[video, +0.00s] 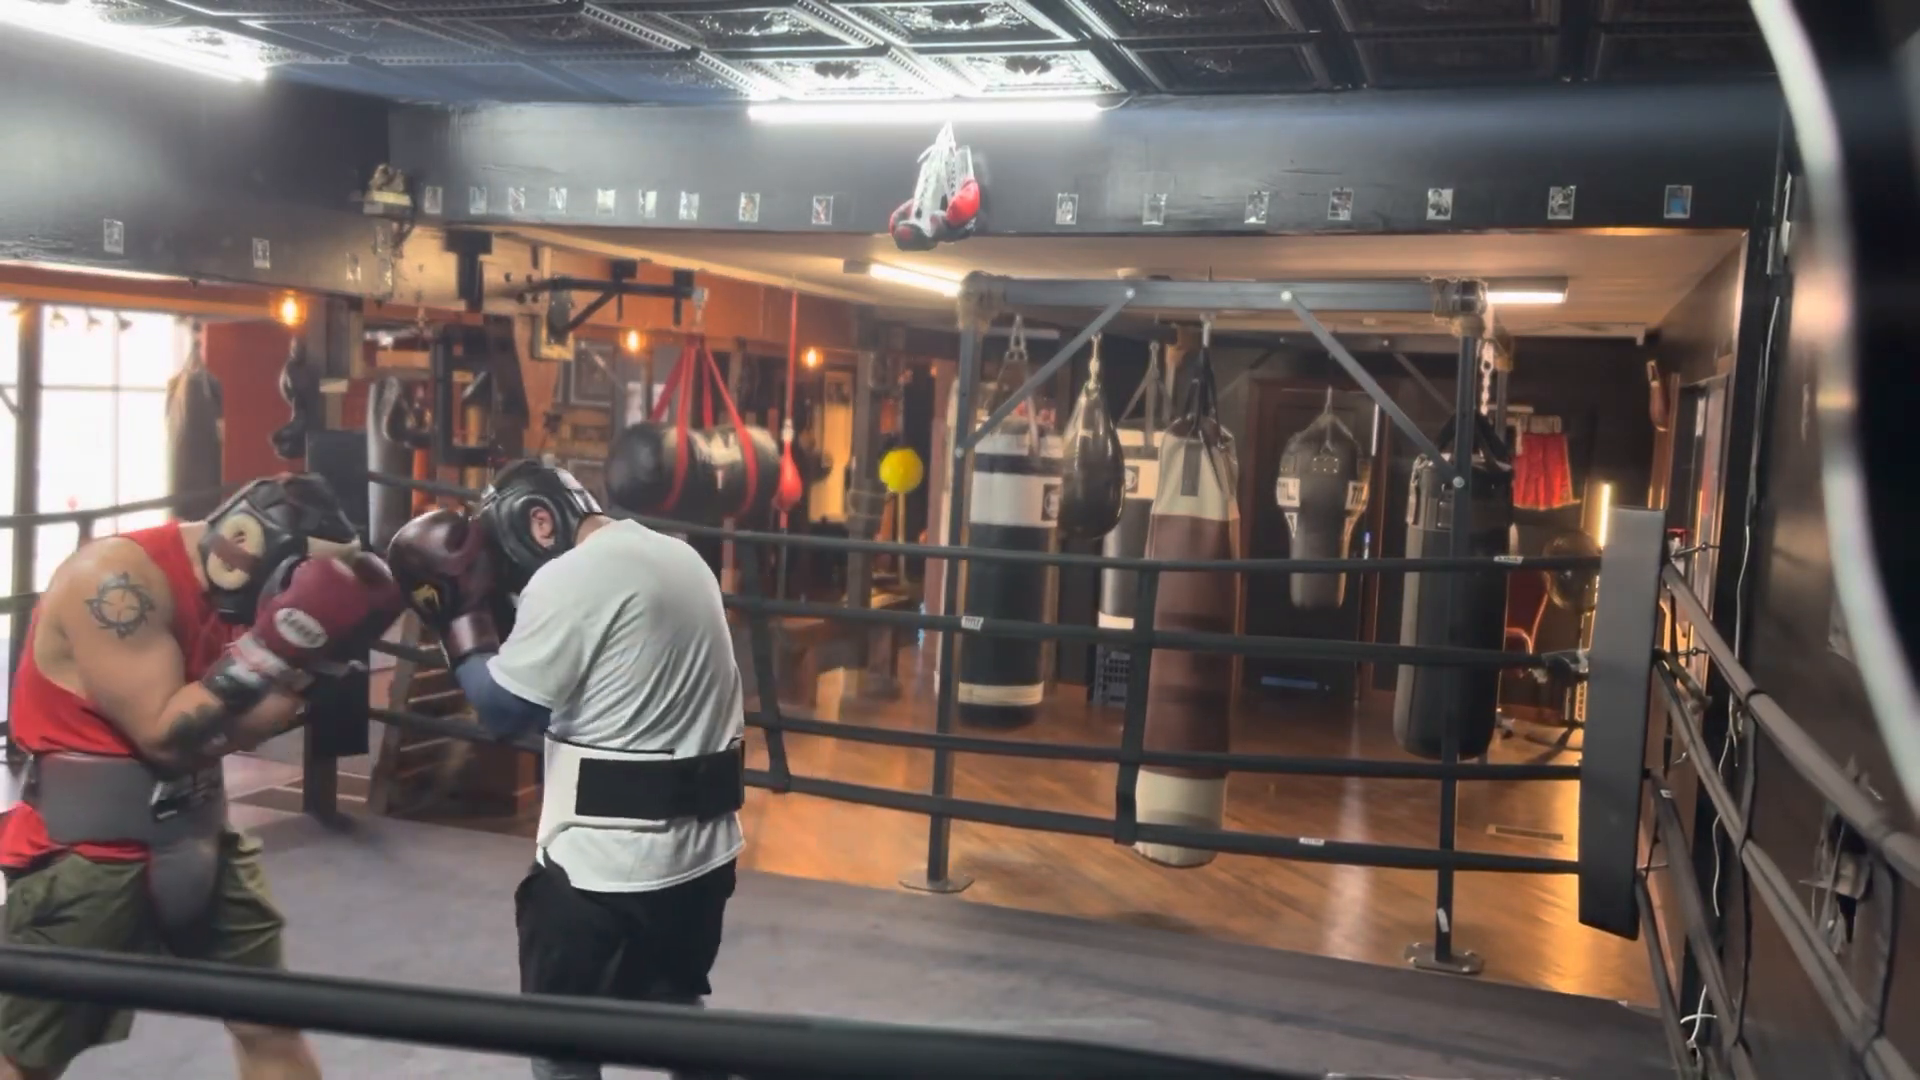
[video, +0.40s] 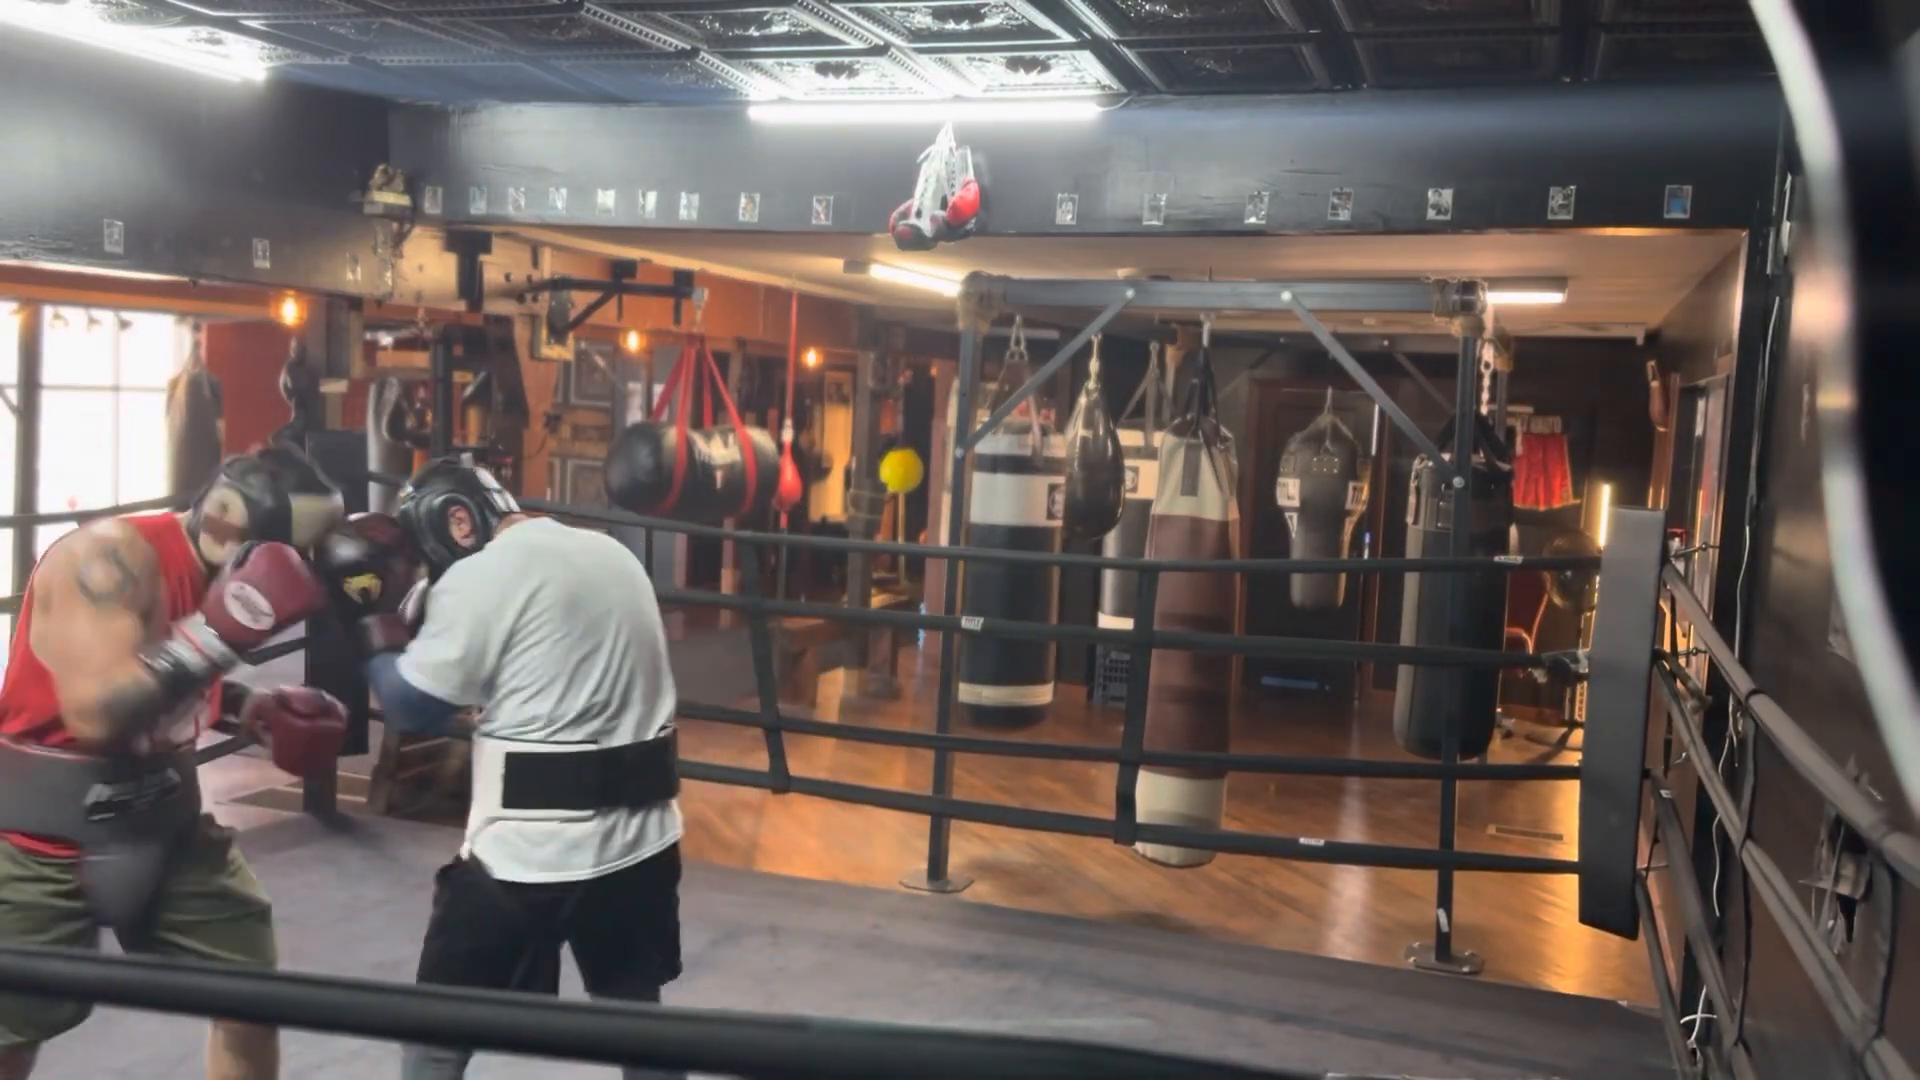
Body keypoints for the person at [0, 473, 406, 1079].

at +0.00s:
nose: (283, 604)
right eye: (286, 588)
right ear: (246, 552)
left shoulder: (237, 594)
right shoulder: (107, 578)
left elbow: (224, 730)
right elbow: (166, 736)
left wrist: (323, 660)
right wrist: (269, 648)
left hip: (199, 838)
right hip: (84, 852)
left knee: (269, 1029)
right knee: (23, 1060)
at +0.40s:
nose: (250, 565)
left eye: (267, 553)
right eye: (244, 547)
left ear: (274, 547)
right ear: (219, 516)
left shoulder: (220, 577)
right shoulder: (95, 559)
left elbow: (175, 682)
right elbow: (94, 709)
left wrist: (253, 709)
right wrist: (219, 631)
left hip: (165, 825)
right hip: (37, 841)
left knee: (248, 994)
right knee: (13, 1040)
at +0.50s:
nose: (202, 503)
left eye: (224, 499)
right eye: (197, 488)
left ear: (266, 519)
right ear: (189, 474)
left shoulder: (268, 586)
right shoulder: (91, 529)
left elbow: (335, 718)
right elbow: (30, 656)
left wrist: (343, 602)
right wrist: (167, 613)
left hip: (156, 837)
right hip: (24, 827)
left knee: (229, 1035)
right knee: (1, 1034)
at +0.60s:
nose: (240, 534)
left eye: (246, 517)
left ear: (257, 514)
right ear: (178, 492)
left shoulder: (249, 587)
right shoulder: (72, 528)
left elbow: (303, 718)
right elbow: (3, 646)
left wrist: (315, 596)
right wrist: (103, 631)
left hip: (152, 821)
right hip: (23, 810)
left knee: (213, 1026)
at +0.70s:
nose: (180, 538)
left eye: (194, 522)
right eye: (163, 520)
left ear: (209, 508)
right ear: (114, 495)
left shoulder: (204, 596)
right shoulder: (18, 536)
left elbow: (253, 714)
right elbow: (2, 661)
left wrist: (269, 694)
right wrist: (56, 638)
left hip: (135, 814)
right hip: (11, 809)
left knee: (204, 1021)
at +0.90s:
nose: (91, 546)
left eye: (89, 528)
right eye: (82, 528)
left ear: (38, 517)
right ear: (34, 512)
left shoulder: (47, 569)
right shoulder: (42, 566)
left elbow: (111, 703)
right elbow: (110, 698)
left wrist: (147, 618)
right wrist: (147, 620)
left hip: (35, 823)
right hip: (29, 825)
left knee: (155, 1021)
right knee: (154, 1022)